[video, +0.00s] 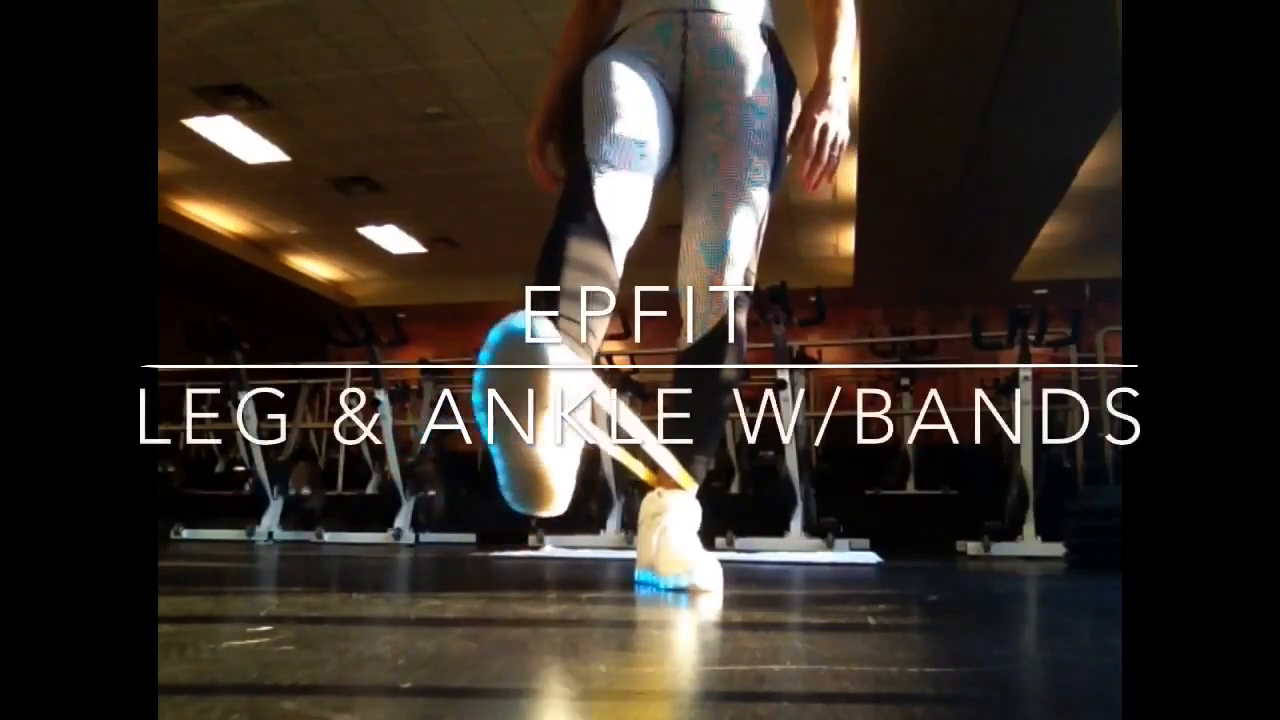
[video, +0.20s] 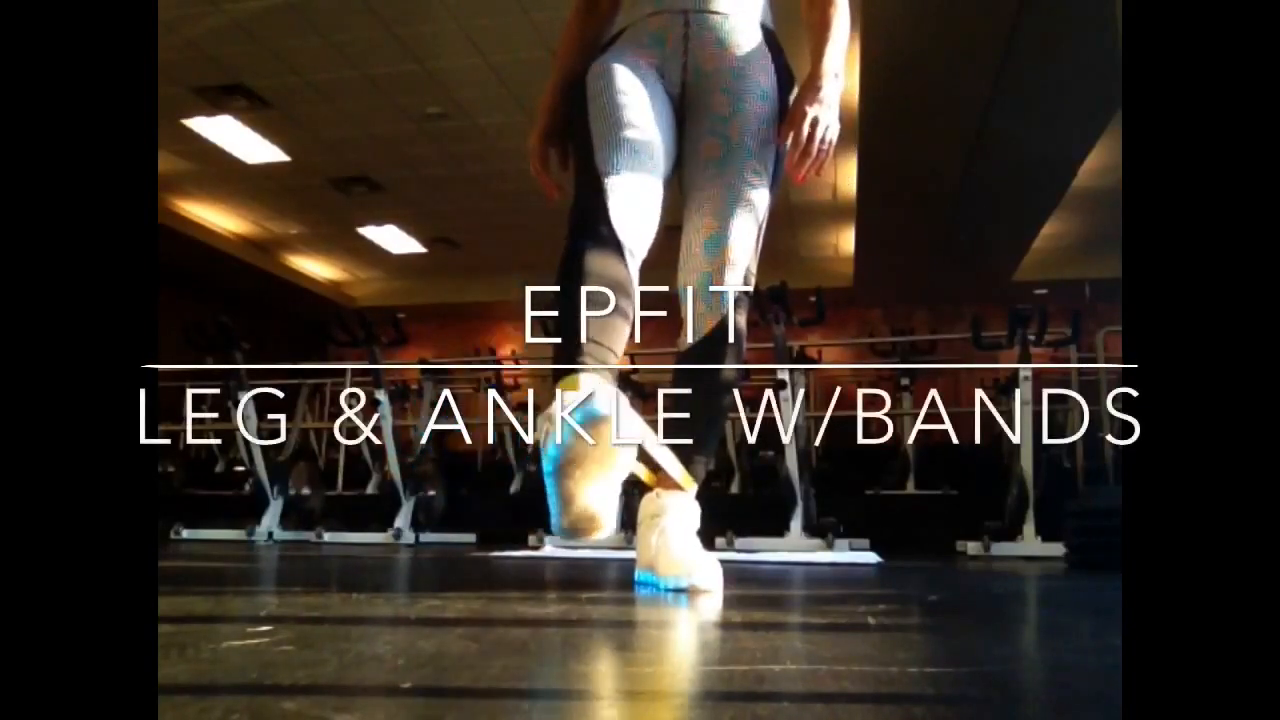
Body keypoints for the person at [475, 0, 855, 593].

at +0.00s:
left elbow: (833, 5)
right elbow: (595, 4)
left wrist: (836, 85)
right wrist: (555, 98)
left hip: (739, 28)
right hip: (630, 27)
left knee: (719, 267)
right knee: (602, 198)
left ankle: (674, 513)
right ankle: (550, 421)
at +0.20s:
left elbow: (828, 4)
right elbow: (596, 5)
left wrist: (826, 77)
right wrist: (559, 97)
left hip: (742, 28)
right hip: (631, 26)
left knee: (719, 267)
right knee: (620, 193)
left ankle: (673, 512)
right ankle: (588, 407)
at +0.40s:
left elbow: (827, 5)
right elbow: (595, 3)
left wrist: (826, 89)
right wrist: (551, 98)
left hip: (742, 25)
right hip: (631, 23)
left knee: (720, 268)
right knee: (601, 220)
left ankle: (673, 517)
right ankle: (549, 469)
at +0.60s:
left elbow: (827, 2)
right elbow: (593, 7)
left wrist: (834, 88)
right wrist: (549, 100)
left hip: (743, 30)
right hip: (634, 31)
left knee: (719, 271)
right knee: (580, 195)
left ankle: (673, 517)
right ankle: (494, 423)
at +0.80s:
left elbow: (831, 1)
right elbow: (592, 5)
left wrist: (840, 86)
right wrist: (549, 102)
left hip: (746, 26)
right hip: (638, 26)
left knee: (721, 275)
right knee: (578, 183)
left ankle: (671, 518)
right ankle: (480, 413)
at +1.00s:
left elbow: (832, 2)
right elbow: (594, 4)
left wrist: (844, 80)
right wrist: (555, 90)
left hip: (748, 24)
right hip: (636, 22)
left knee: (722, 272)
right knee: (593, 213)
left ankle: (672, 519)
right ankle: (521, 458)